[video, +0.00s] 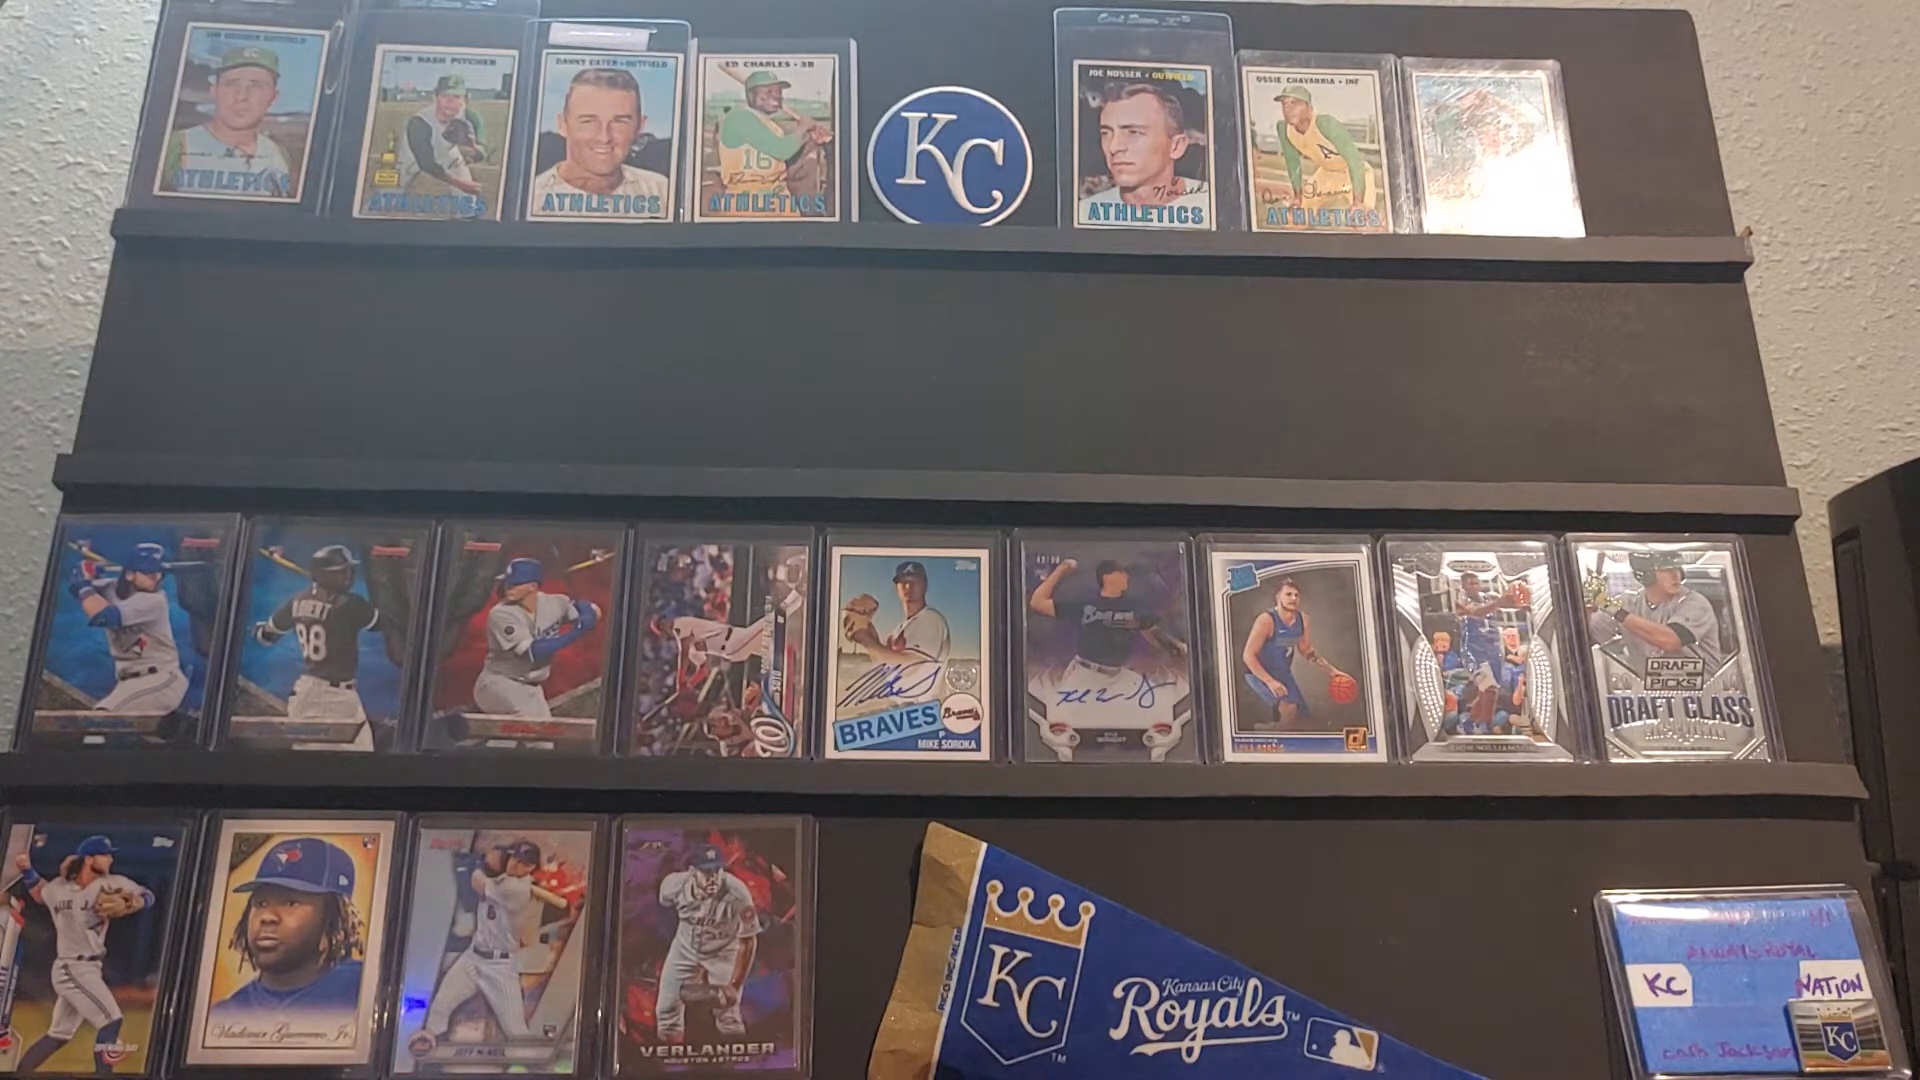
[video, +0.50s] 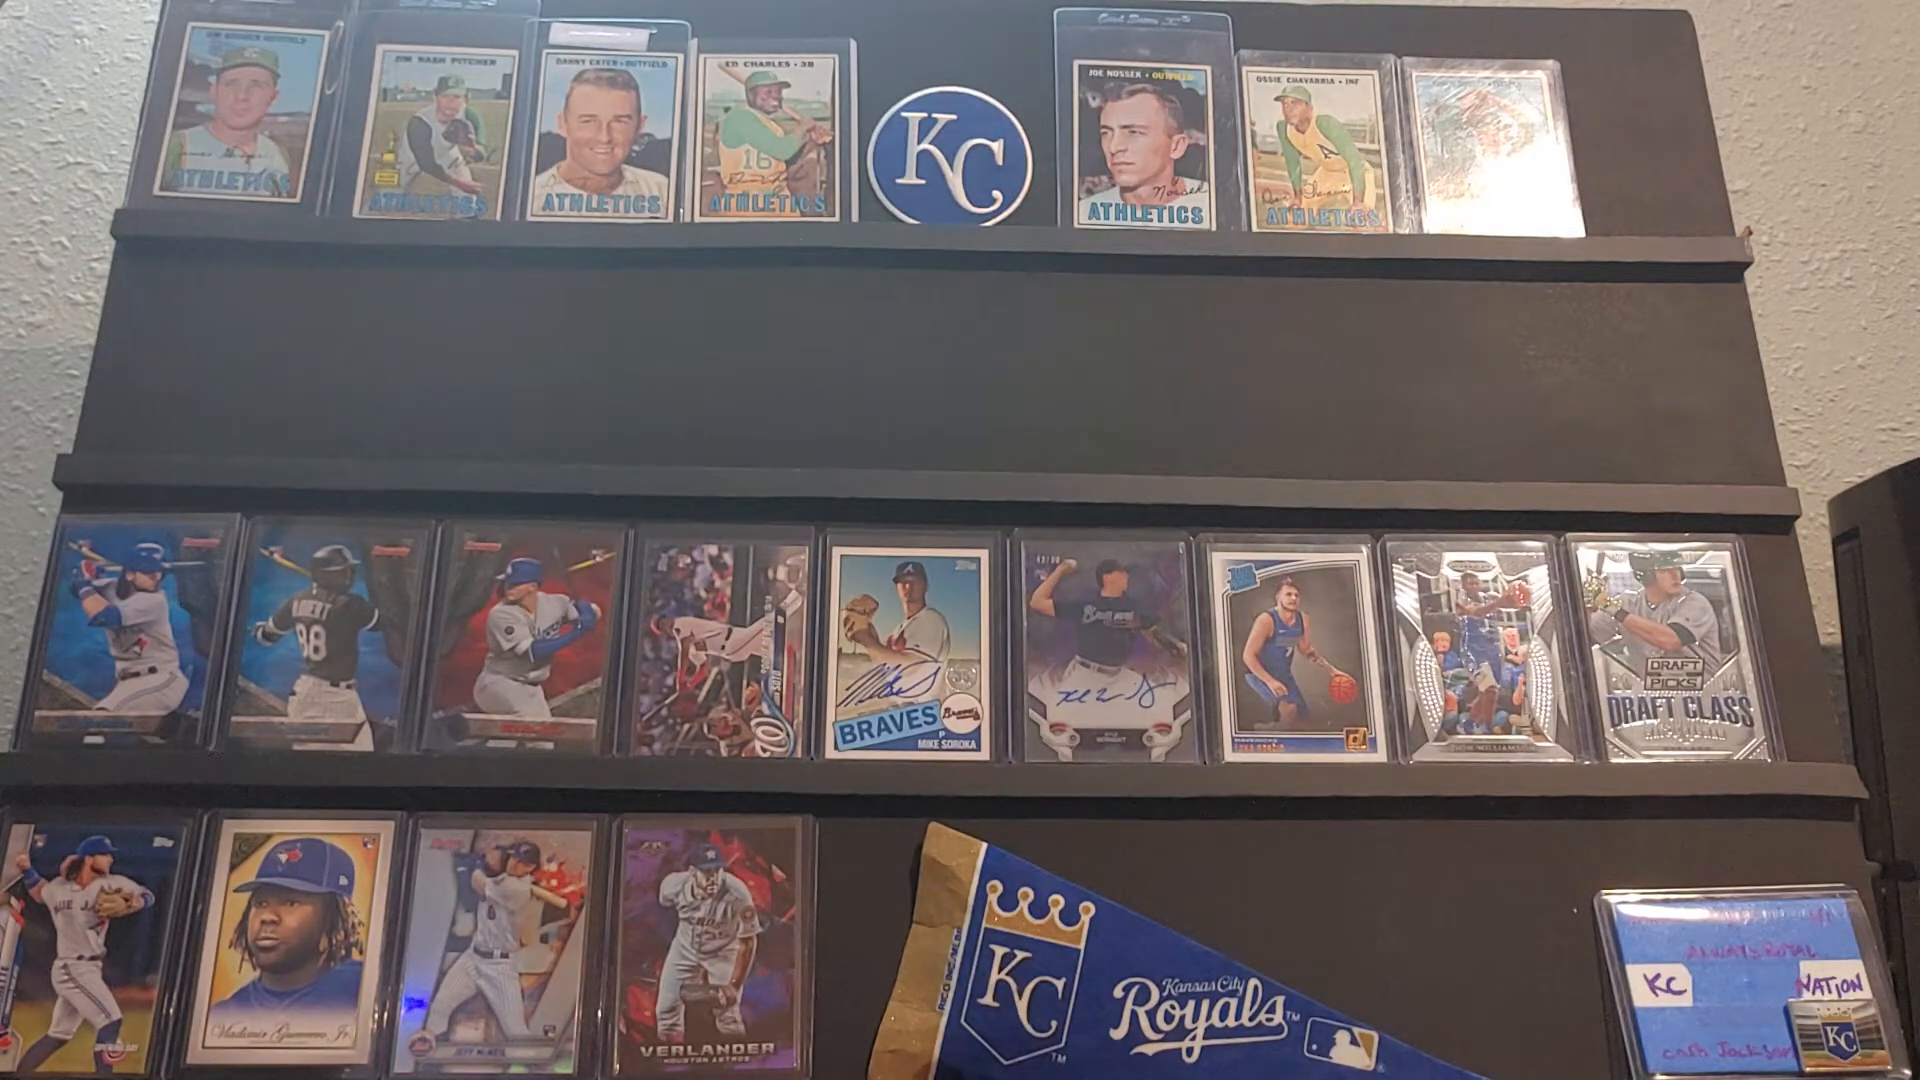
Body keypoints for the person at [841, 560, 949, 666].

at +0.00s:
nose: (907, 587)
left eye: (913, 582)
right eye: (902, 582)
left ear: (924, 586)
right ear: (896, 587)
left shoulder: (930, 619)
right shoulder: (901, 627)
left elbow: (910, 659)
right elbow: (880, 656)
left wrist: (865, 639)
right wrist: (862, 621)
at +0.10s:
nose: (907, 588)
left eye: (913, 582)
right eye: (902, 583)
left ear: (924, 586)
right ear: (896, 587)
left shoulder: (930, 619)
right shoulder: (901, 627)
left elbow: (911, 659)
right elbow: (880, 658)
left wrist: (865, 640)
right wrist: (863, 621)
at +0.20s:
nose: (907, 588)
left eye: (913, 582)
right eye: (902, 583)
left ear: (924, 586)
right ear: (896, 587)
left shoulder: (930, 619)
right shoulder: (901, 627)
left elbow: (911, 659)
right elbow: (880, 658)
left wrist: (865, 640)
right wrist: (863, 621)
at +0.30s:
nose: (907, 588)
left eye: (913, 582)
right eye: (902, 583)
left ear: (924, 586)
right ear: (896, 587)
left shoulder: (930, 619)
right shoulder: (901, 627)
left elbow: (911, 659)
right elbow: (880, 658)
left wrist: (865, 639)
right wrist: (863, 621)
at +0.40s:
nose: (907, 587)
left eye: (913, 582)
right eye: (902, 582)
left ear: (924, 586)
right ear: (896, 587)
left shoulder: (931, 619)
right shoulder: (900, 627)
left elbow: (910, 660)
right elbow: (881, 661)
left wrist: (865, 639)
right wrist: (864, 624)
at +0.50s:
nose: (907, 587)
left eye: (913, 582)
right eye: (902, 582)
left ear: (925, 586)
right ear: (896, 587)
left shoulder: (931, 619)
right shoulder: (901, 627)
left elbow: (910, 660)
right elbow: (881, 660)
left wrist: (865, 639)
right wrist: (864, 623)